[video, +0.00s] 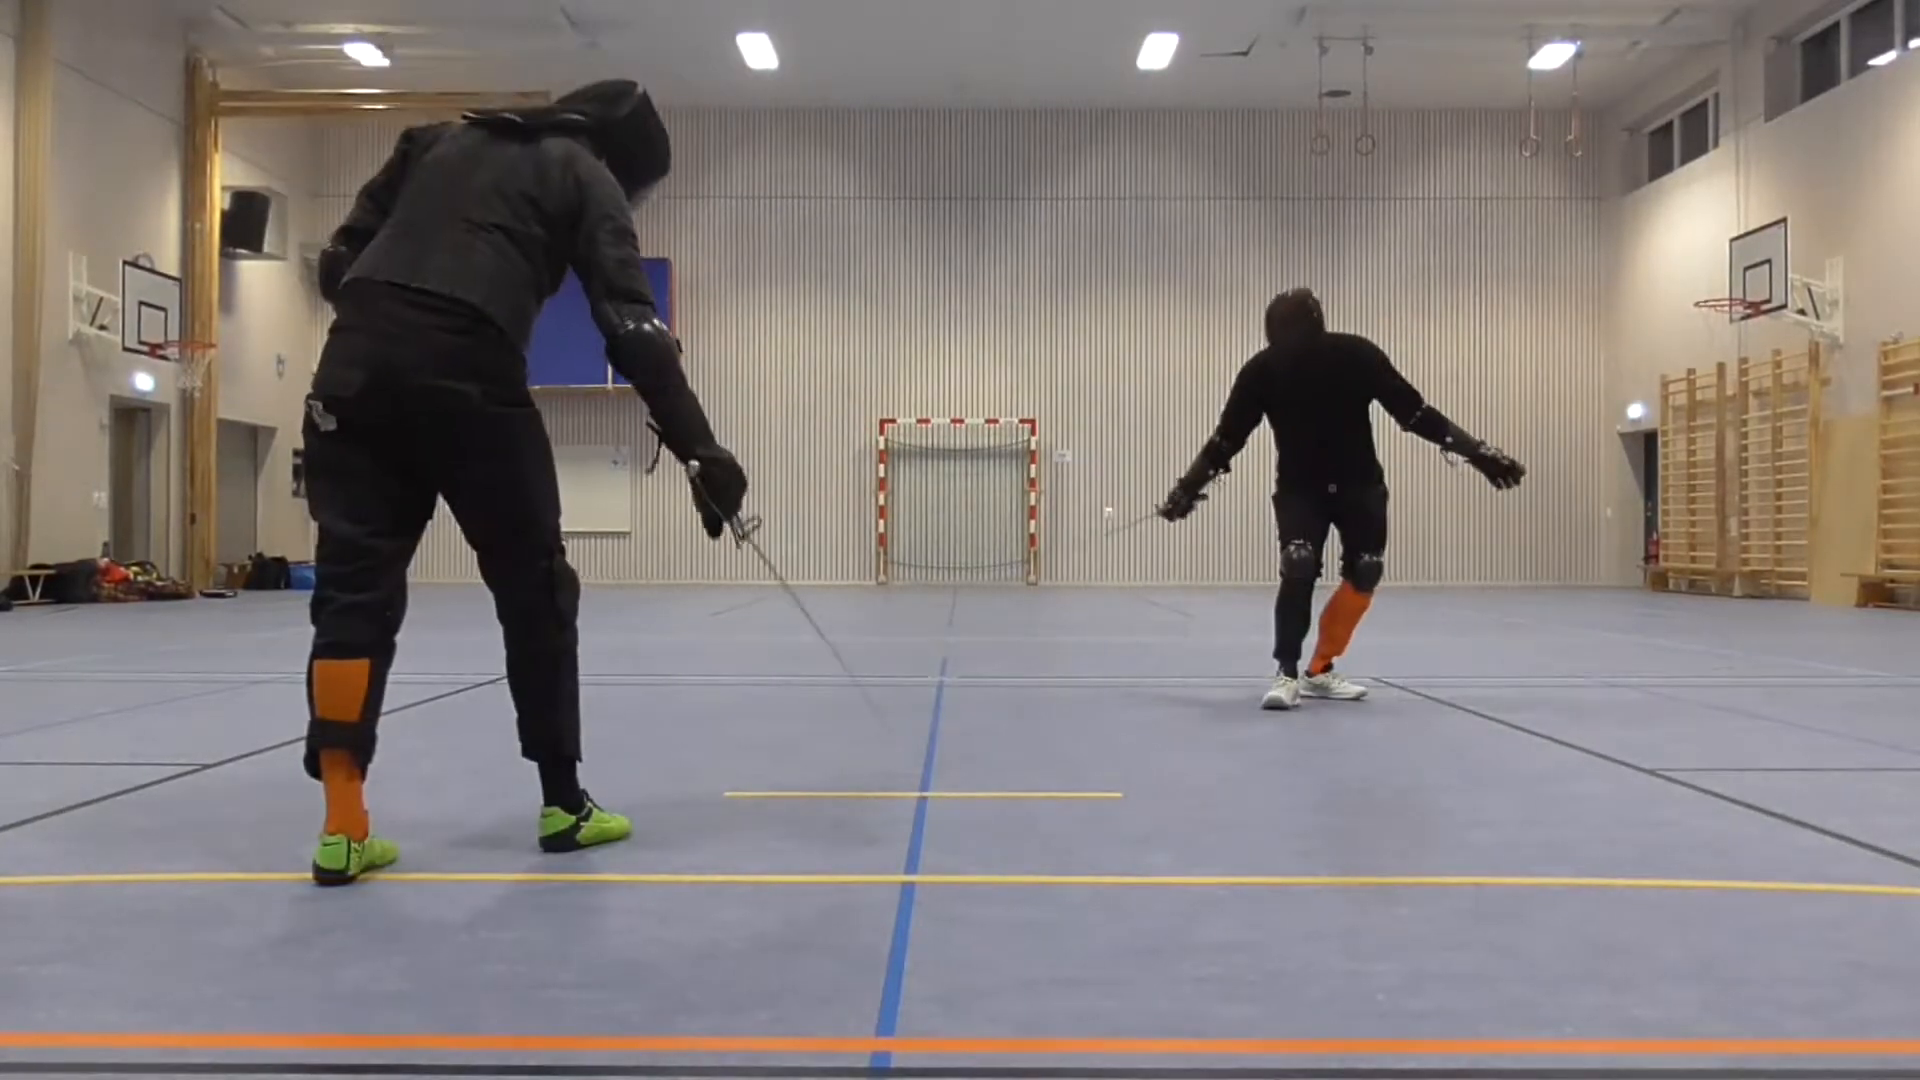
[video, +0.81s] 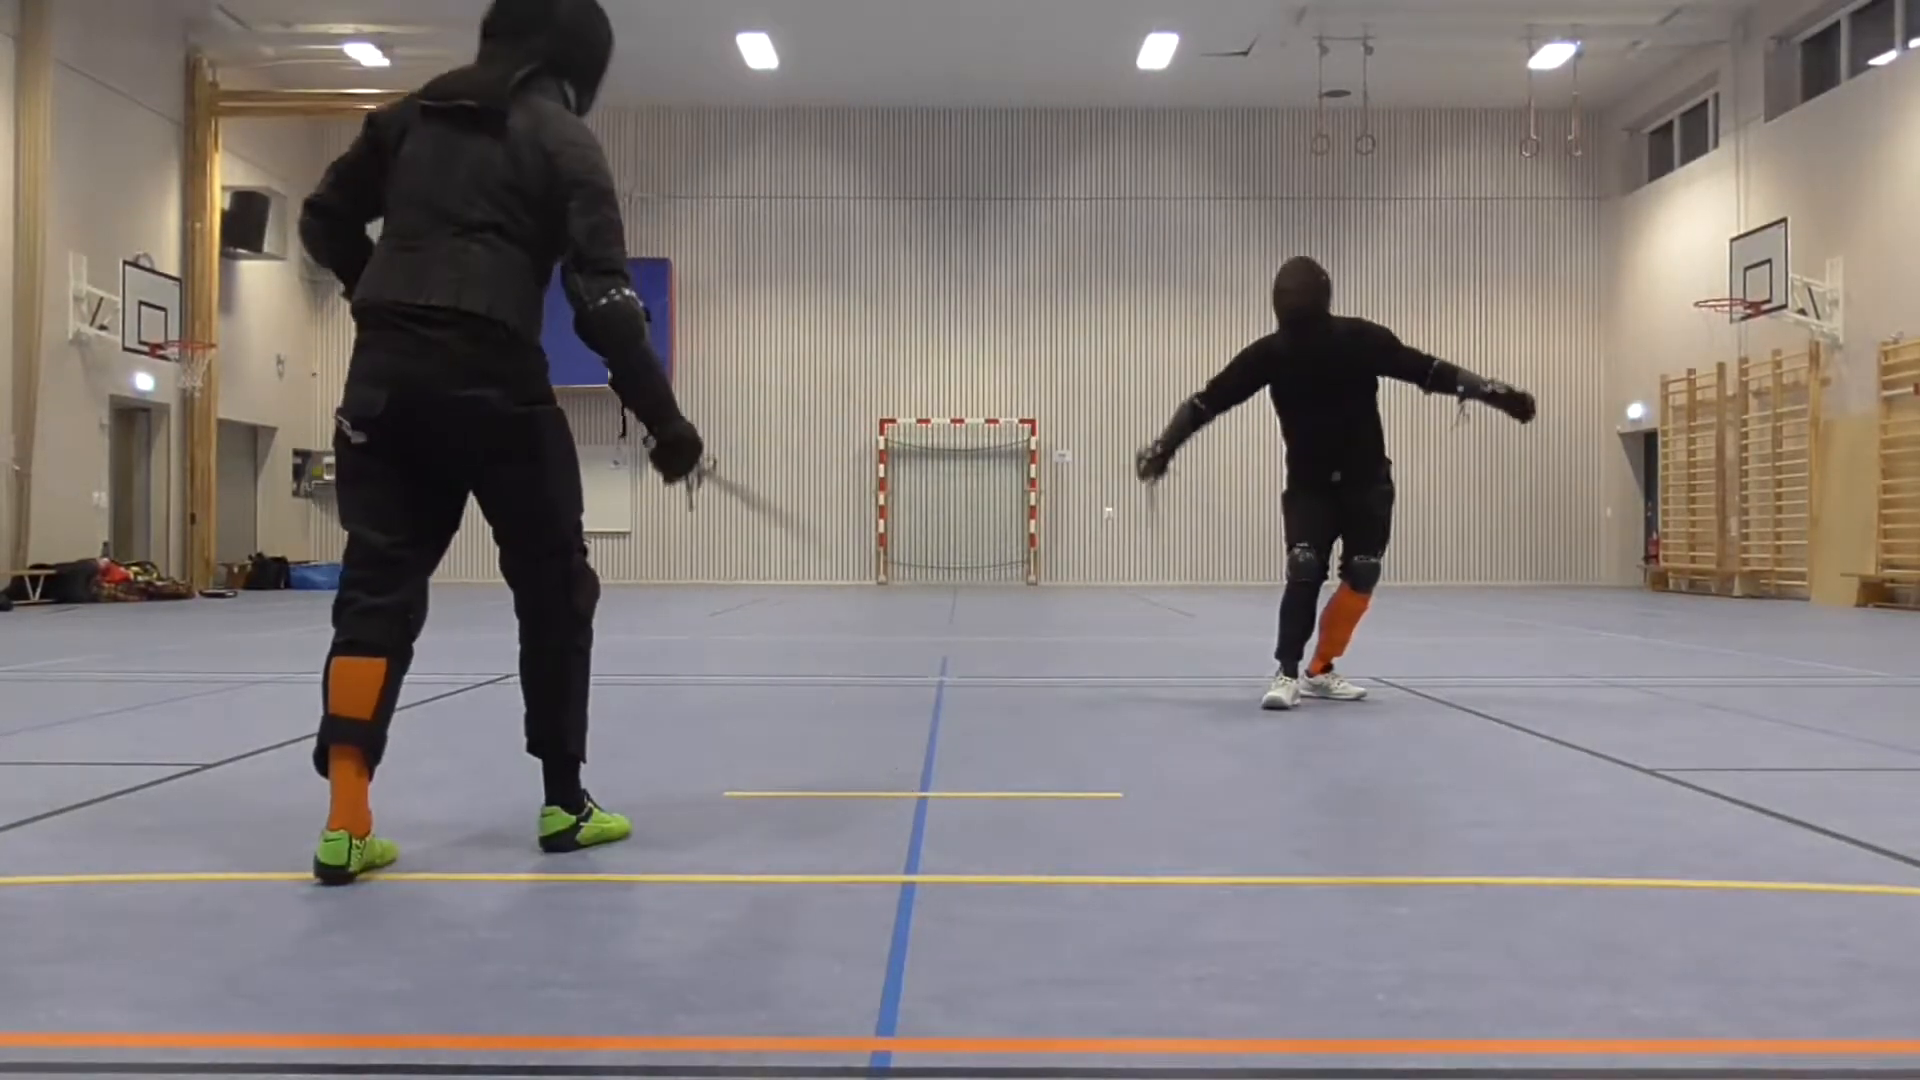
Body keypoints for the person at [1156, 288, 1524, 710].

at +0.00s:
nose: (1277, 341)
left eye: (1278, 331)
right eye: (1276, 331)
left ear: (1283, 328)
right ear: (1318, 320)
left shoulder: (1357, 358)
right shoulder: (1262, 375)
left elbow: (1414, 413)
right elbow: (1227, 439)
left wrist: (1477, 453)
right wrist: (1188, 488)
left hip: (1358, 483)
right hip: (1300, 486)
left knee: (1366, 572)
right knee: (1299, 569)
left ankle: (1319, 671)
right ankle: (1286, 675)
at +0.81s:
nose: (1292, 317)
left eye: (1297, 305)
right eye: (1288, 307)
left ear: (1307, 301)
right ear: (1322, 294)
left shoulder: (1362, 342)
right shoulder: (1268, 356)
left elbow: (1429, 371)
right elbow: (1209, 402)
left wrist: (1491, 392)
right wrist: (1163, 445)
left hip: (1367, 478)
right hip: (1309, 482)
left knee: (1361, 576)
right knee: (1304, 571)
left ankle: (1319, 670)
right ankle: (1287, 673)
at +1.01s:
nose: (1312, 292)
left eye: (1315, 281)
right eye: (1309, 282)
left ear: (1294, 284)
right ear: (1334, 282)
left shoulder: (1364, 331)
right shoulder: (1275, 341)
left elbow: (1422, 354)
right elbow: (1217, 383)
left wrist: (1451, 349)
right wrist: (1187, 380)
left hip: (1361, 476)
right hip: (1305, 478)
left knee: (1359, 573)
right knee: (1303, 564)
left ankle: (1319, 672)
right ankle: (1286, 674)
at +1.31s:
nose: (1321, 286)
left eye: (1326, 276)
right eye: (1315, 276)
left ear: (1326, 279)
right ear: (1345, 277)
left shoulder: (1365, 329)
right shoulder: (1280, 337)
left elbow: (1430, 356)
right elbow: (1251, 397)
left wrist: (1398, 304)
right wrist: (1227, 396)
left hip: (1354, 467)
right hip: (1300, 465)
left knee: (1361, 568)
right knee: (1297, 550)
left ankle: (1319, 670)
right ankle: (1270, 661)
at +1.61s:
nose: (1309, 289)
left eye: (1317, 280)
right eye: (1302, 280)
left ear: (1332, 282)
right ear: (1287, 281)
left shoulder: (1350, 331)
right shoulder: (1262, 342)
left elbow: (1414, 351)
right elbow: (1247, 414)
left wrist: (1369, 295)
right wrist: (1237, 460)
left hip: (1339, 470)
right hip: (1285, 470)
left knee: (1359, 576)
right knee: (1282, 554)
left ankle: (1319, 671)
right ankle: (1257, 657)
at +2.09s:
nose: (1239, 282)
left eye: (1250, 272)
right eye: (1233, 272)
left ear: (1274, 281)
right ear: (1221, 279)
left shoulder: (1296, 340)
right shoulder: (1197, 346)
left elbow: (1351, 385)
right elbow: (1170, 417)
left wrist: (1309, 336)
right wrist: (1150, 465)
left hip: (1275, 480)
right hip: (1218, 482)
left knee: (1346, 570)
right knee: (1230, 569)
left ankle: (1267, 659)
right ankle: (1224, 690)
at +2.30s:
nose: (1221, 292)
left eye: (1233, 282)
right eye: (1215, 281)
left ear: (1258, 281)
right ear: (1205, 279)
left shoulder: (1283, 333)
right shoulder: (1185, 342)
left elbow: (1335, 382)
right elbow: (1156, 412)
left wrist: (1288, 322)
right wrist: (1137, 454)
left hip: (1262, 482)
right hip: (1203, 482)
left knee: (1312, 588)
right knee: (1220, 569)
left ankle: (1237, 680)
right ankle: (1222, 690)